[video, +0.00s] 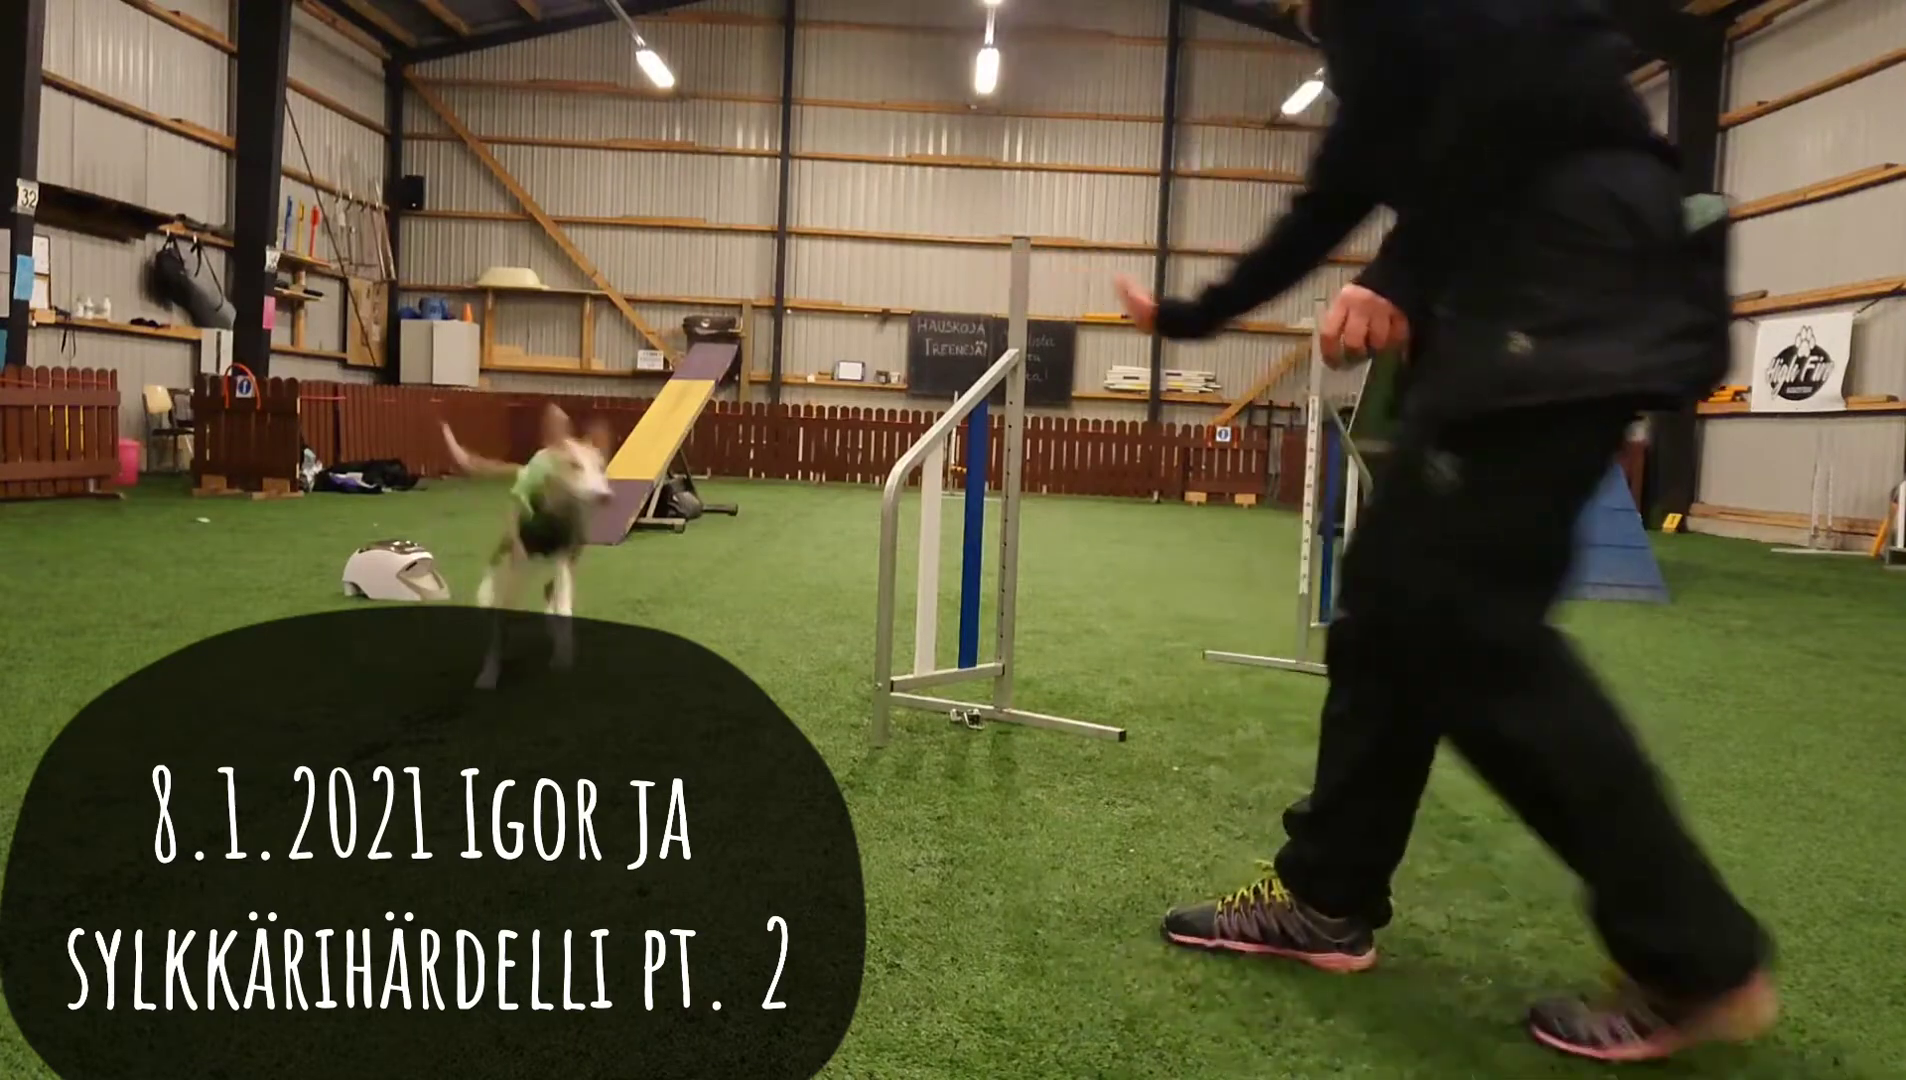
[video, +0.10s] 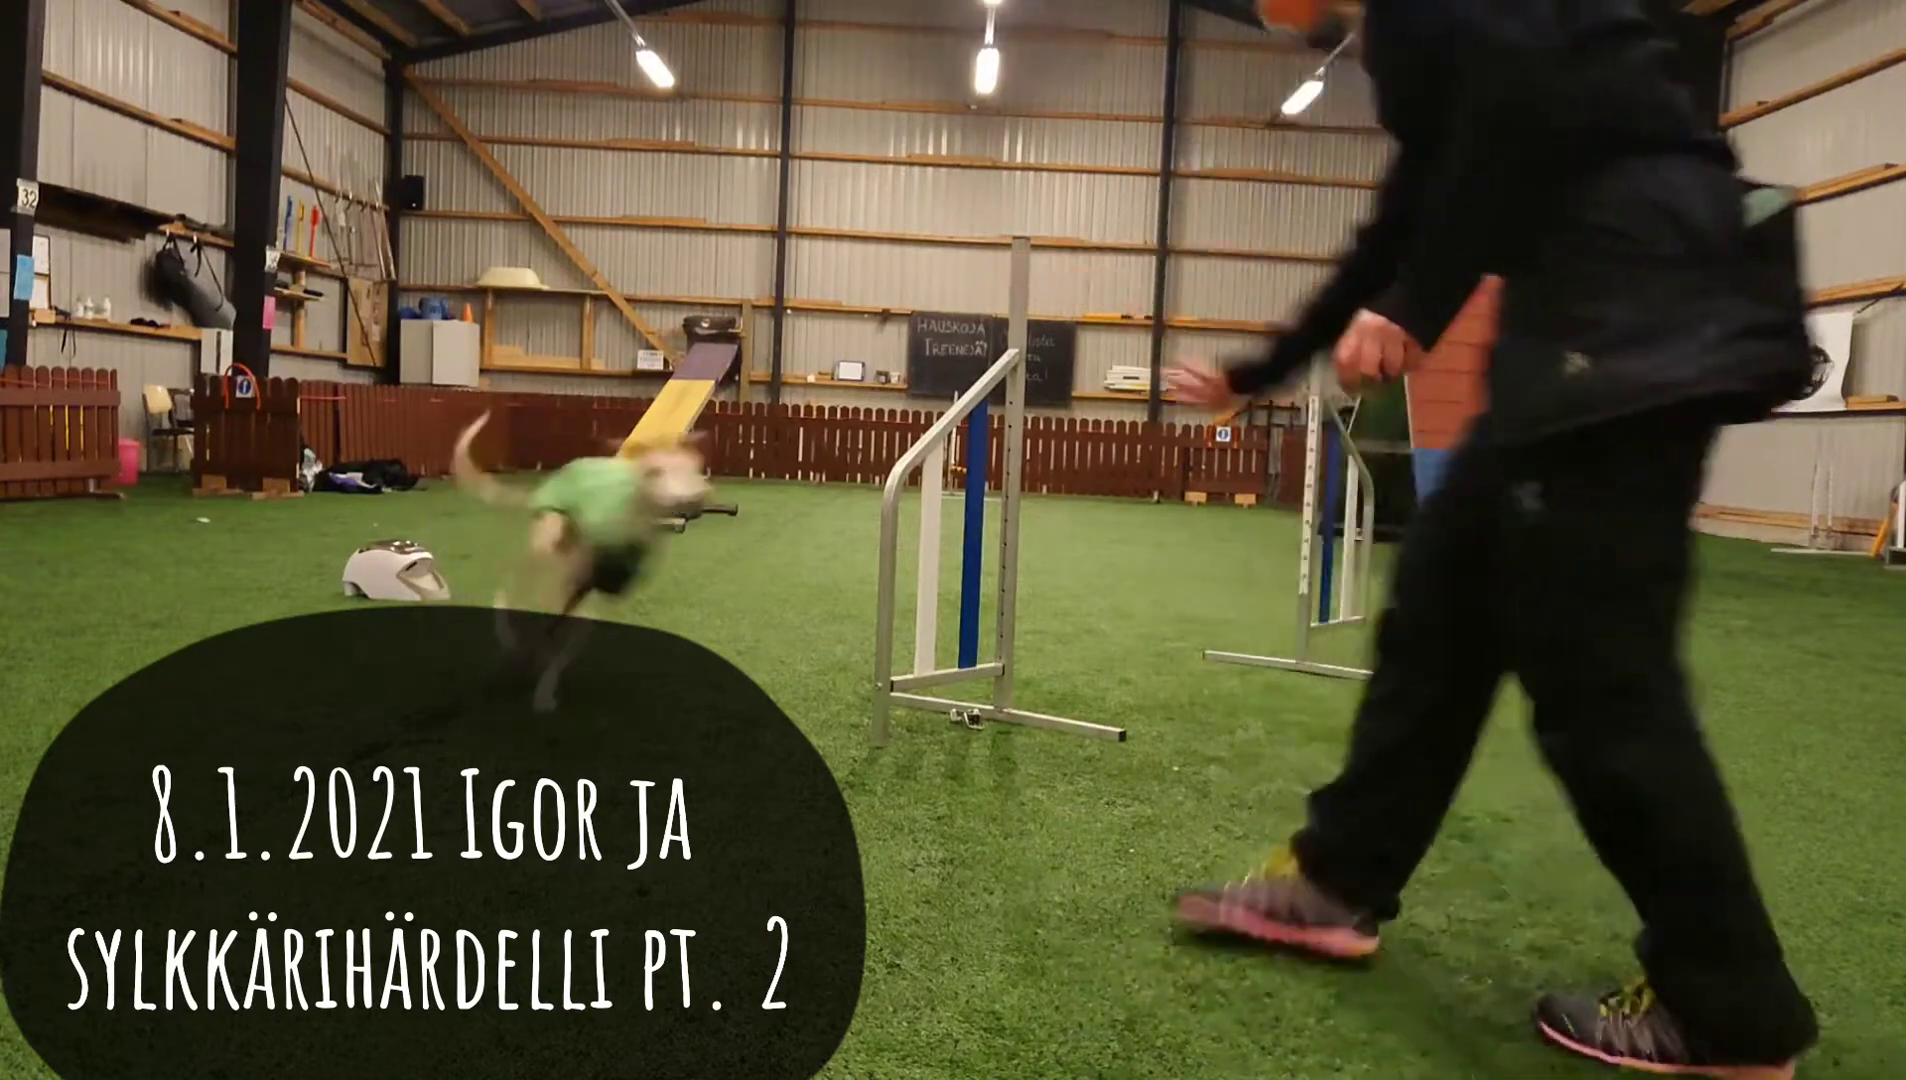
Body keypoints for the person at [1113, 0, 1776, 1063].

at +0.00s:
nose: (1287, 15)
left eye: (1284, 10)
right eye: (1280, 17)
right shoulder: (1388, 34)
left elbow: (1500, 95)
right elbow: (1344, 182)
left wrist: (1401, 274)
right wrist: (1201, 308)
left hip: (1576, 275)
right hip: (1498, 290)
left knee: (1464, 615)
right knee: (1391, 604)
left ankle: (1702, 965)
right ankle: (1328, 900)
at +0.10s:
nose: (1276, 21)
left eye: (1267, 8)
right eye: (1269, 18)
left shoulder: (1437, 8)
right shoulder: (1418, 31)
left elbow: (1508, 115)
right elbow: (1406, 217)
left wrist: (1415, 304)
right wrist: (1263, 365)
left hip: (1631, 310)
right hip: (1567, 317)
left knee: (1599, 677)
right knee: (1444, 607)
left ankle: (1733, 1014)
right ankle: (1338, 885)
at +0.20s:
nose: (1314, 38)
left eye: (1300, 15)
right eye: (1300, 29)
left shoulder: (1441, 14)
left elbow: (1522, 118)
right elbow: (1492, 242)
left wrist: (1439, 323)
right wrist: (1346, 430)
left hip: (1667, 290)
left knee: (1623, 649)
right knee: (1499, 600)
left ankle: (1735, 1016)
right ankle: (1407, 876)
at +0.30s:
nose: (1329, 47)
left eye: (1314, 22)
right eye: (1314, 33)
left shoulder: (1447, 15)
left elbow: (1537, 128)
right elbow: (1549, 188)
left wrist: (1471, 325)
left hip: (1691, 269)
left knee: (1654, 628)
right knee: (1547, 585)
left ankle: (1739, 1011)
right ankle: (1520, 886)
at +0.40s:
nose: (1344, 58)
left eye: (1333, 34)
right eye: (1335, 46)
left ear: (1356, 5)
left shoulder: (1431, 11)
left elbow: (1511, 108)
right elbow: (1584, 235)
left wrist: (1444, 320)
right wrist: (1544, 463)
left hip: (1683, 289)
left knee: (1664, 645)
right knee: (1602, 617)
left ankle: (1745, 1014)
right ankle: (1615, 912)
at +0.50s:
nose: (1340, 67)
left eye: (1334, 44)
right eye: (1334, 55)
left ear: (1337, 13)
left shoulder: (1396, 4)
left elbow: (1467, 121)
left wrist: (1406, 325)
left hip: (1644, 289)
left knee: (1656, 647)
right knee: (1631, 634)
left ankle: (1740, 1015)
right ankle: (1622, 913)